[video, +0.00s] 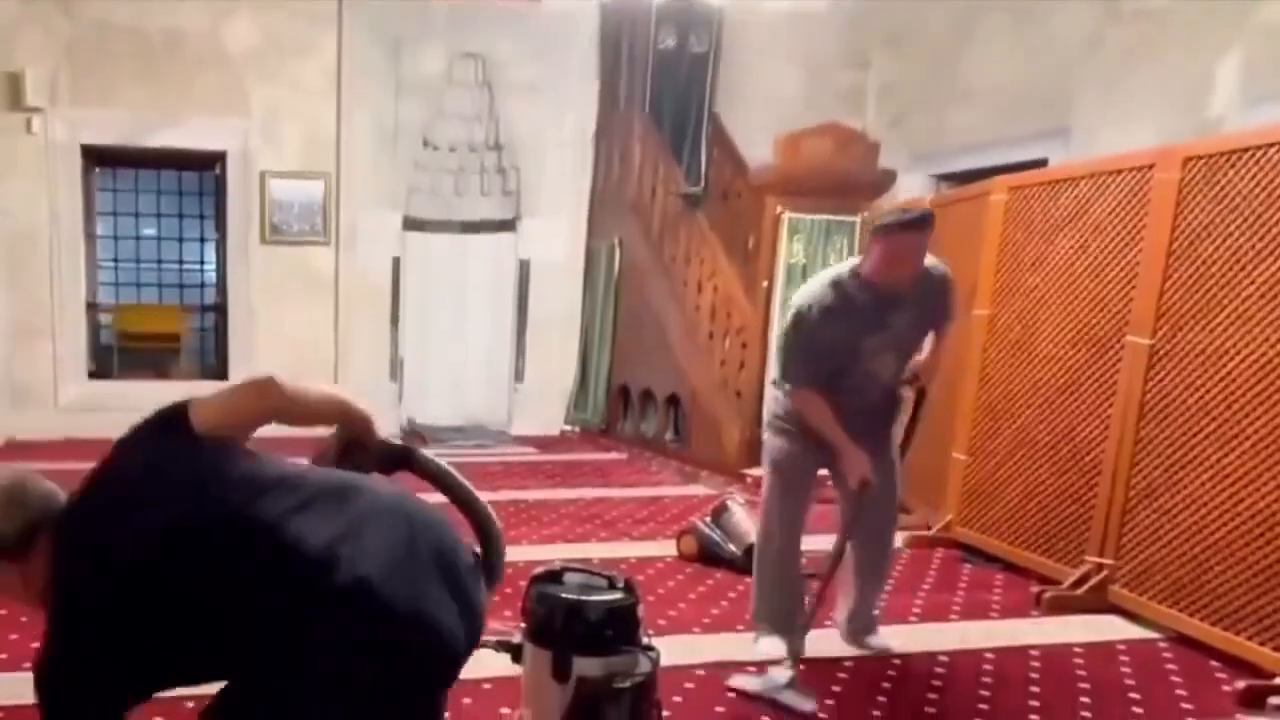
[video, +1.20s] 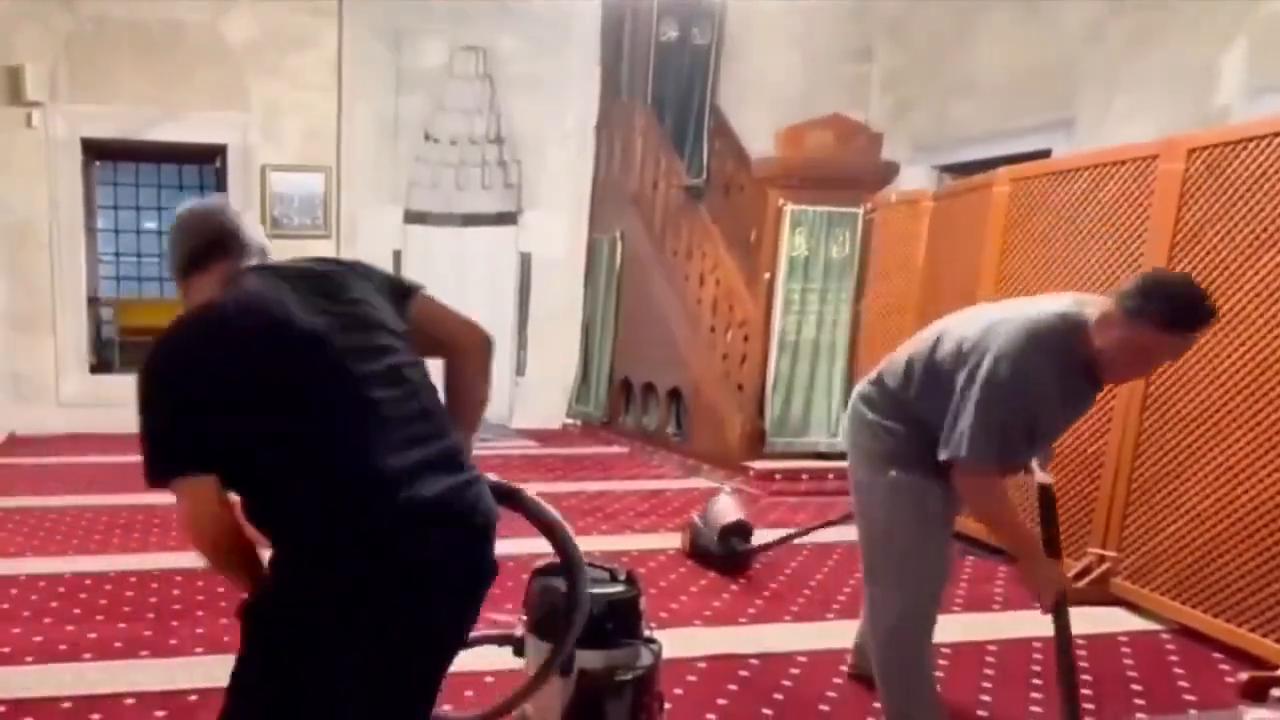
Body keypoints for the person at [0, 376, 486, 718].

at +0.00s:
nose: (15, 600)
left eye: (8, 583)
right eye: (8, 586)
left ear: (19, 563)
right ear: (58, 503)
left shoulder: (76, 666)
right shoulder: (141, 454)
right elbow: (268, 392)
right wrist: (354, 418)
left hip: (371, 646)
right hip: (437, 547)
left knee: (231, 703)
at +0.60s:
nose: (3, 519)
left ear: (13, 485)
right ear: (63, 431)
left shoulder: (51, 584)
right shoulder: (159, 406)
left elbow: (58, 710)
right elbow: (306, 372)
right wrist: (389, 425)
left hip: (351, 614)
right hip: (444, 544)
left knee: (233, 703)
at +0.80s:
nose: (15, 464)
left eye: (9, 448)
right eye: (9, 451)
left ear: (17, 432)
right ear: (77, 381)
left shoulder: (56, 511)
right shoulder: (172, 371)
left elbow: (87, 700)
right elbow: (334, 362)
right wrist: (403, 433)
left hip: (333, 601)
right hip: (430, 537)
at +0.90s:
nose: (52, 410)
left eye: (46, 397)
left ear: (49, 383)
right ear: (118, 338)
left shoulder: (72, 457)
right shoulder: (214, 343)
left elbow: (115, 652)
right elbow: (367, 364)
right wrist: (425, 461)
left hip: (328, 592)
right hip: (434, 539)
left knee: (229, 689)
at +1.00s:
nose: (103, 369)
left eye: (95, 360)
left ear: (97, 347)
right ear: (172, 301)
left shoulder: (102, 410)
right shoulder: (256, 316)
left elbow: (148, 593)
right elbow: (405, 363)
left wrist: (165, 703)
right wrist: (436, 484)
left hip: (324, 585)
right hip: (440, 543)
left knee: (237, 705)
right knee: (380, 705)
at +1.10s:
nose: (149, 329)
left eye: (143, 317)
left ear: (143, 306)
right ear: (217, 274)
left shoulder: (143, 378)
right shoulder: (303, 296)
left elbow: (181, 557)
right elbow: (441, 358)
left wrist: (217, 630)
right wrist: (448, 479)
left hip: (334, 572)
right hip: (450, 537)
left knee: (251, 700)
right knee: (383, 701)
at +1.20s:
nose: (187, 303)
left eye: (184, 292)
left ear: (184, 279)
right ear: (259, 252)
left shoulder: (183, 349)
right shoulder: (344, 277)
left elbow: (206, 523)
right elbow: (470, 343)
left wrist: (262, 589)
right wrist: (452, 462)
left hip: (338, 556)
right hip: (459, 530)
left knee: (263, 710)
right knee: (396, 705)